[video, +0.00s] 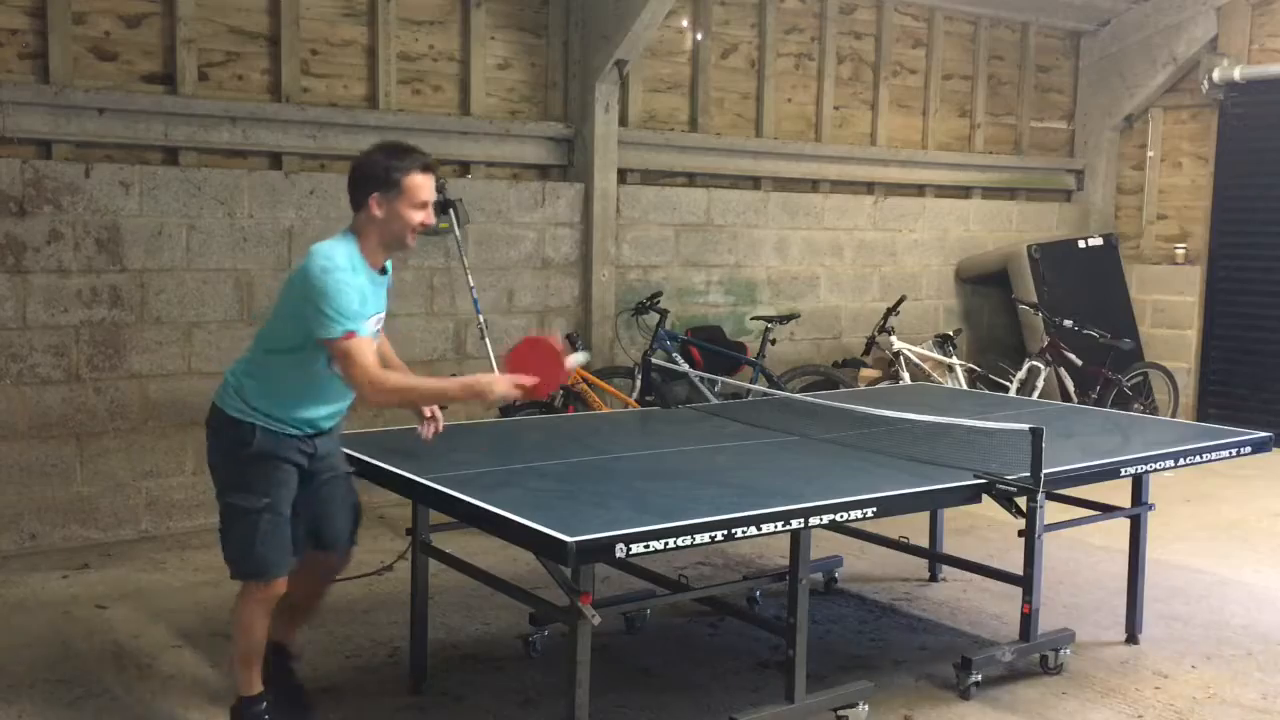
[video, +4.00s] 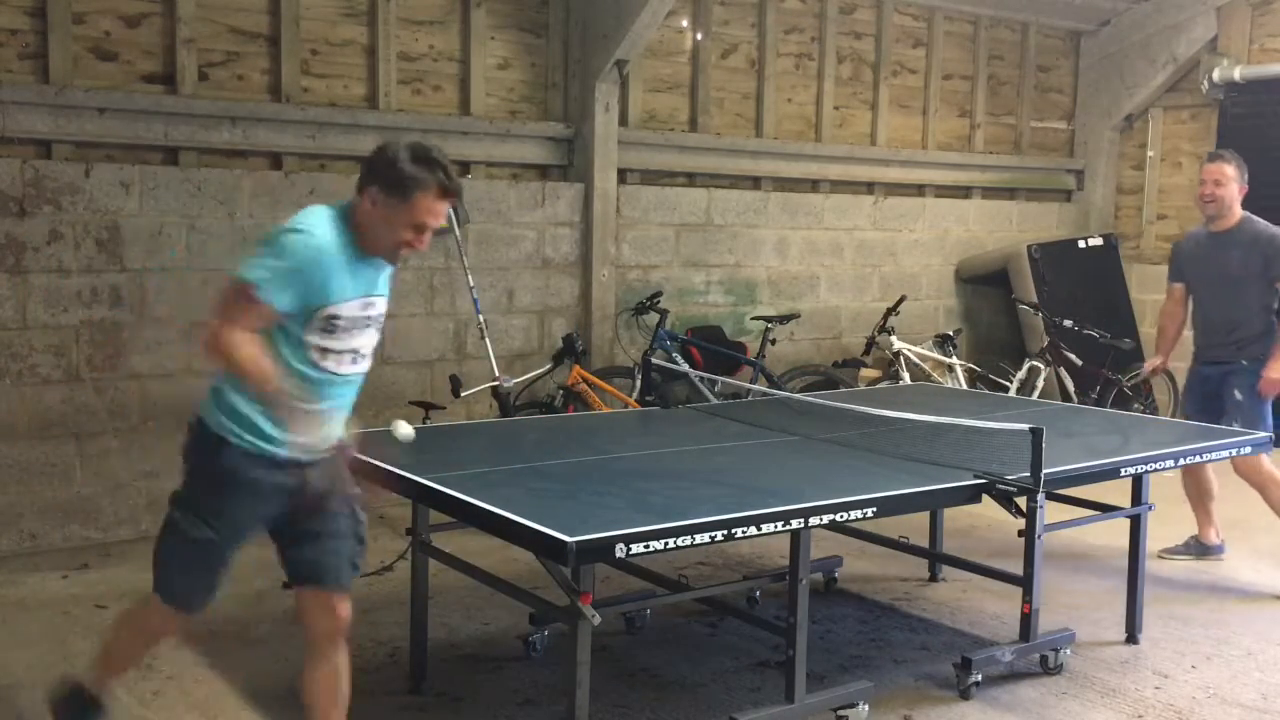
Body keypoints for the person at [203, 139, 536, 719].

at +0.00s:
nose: (429, 219)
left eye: (432, 207)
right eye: (419, 206)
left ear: (389, 209)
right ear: (374, 205)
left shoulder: (377, 265)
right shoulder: (330, 270)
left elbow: (375, 343)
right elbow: (370, 387)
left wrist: (417, 394)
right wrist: (474, 387)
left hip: (319, 429)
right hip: (258, 428)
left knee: (330, 549)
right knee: (267, 576)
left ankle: (274, 649)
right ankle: (248, 701)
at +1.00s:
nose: (550, 191)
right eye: (548, 182)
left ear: (468, 189)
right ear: (541, 193)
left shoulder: (412, 264)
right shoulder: (565, 295)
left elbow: (340, 386)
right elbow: (546, 429)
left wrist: (307, 447)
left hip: (406, 500)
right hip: (509, 503)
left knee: (366, 667)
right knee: (539, 700)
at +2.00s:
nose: (189, 193)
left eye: (186, 179)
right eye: (181, 180)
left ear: (120, 191)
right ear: (151, 190)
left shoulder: (63, 256)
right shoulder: (186, 268)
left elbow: (14, 359)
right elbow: (214, 375)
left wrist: (78, 370)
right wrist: (264, 387)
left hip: (72, 455)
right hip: (159, 451)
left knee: (72, 619)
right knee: (137, 598)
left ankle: (98, 712)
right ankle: (108, 706)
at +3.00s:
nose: (158, 187)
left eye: (152, 176)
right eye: (144, 178)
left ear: (118, 196)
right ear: (108, 196)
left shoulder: (142, 274)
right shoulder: (67, 263)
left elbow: (162, 359)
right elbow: (32, 363)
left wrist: (198, 389)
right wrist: (115, 399)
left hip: (94, 431)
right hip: (43, 428)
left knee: (74, 545)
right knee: (93, 562)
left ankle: (22, 646)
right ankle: (95, 703)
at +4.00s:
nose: (422, 245)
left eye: (432, 233)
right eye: (415, 229)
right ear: (370, 203)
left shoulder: (379, 258)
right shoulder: (308, 244)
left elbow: (323, 348)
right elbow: (228, 330)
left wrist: (334, 430)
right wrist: (291, 403)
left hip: (318, 461)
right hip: (240, 453)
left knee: (332, 618)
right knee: (175, 604)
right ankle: (86, 694)